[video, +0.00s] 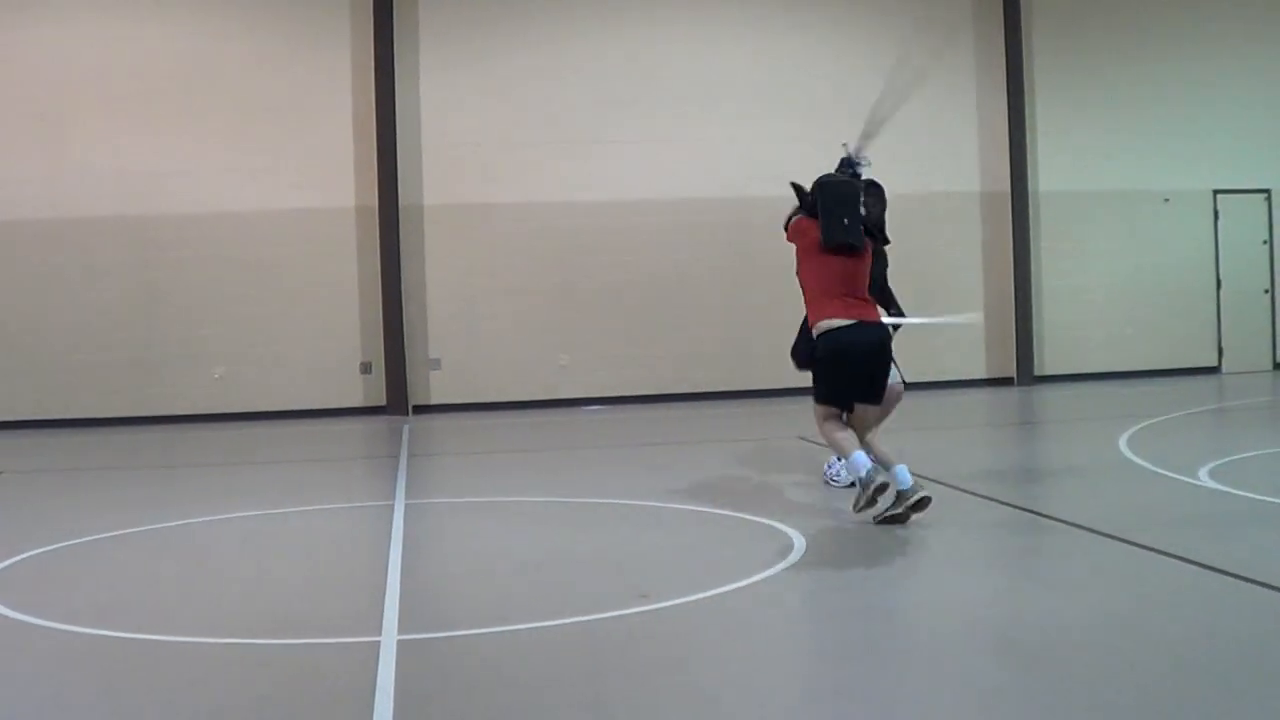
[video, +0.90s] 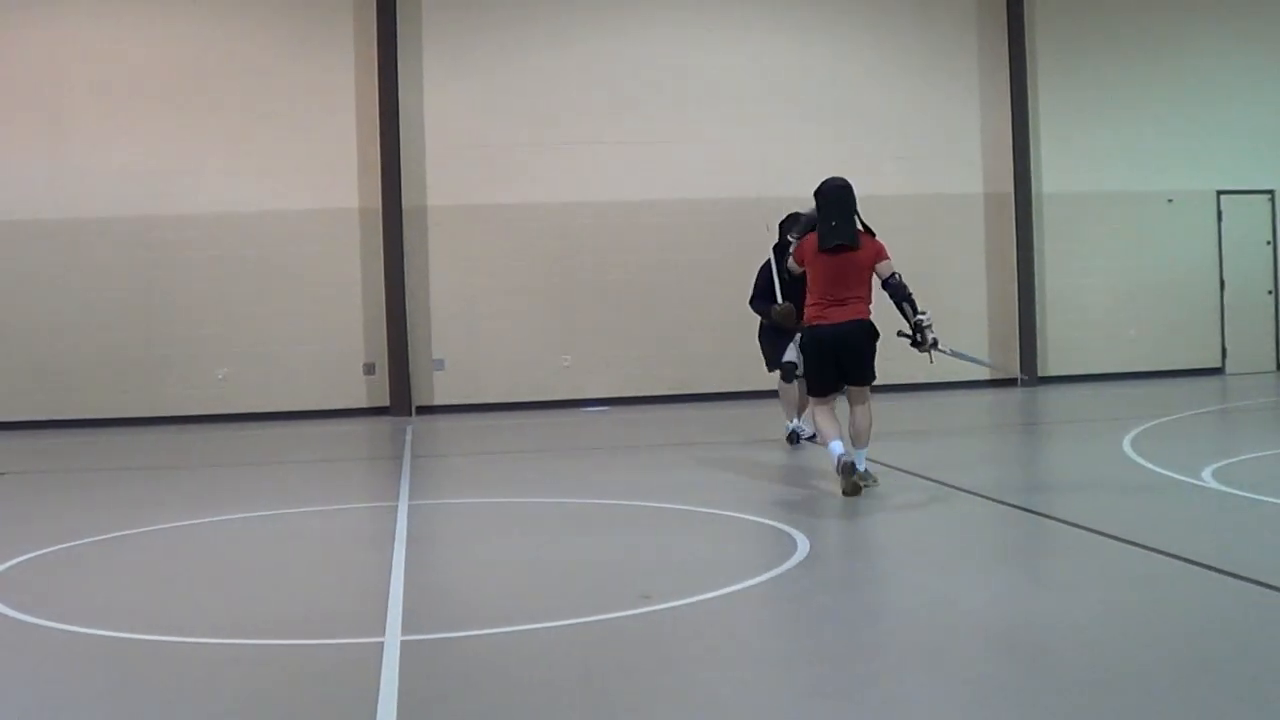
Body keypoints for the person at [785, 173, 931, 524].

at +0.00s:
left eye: (807, 203)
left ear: (815, 205)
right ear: (853, 205)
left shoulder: (804, 231)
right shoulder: (865, 239)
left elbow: (794, 220)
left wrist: (820, 203)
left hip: (832, 340)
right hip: (874, 335)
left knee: (828, 419)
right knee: (859, 427)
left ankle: (866, 474)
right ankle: (906, 485)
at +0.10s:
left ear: (804, 205)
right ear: (841, 202)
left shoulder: (794, 240)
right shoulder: (858, 226)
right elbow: (873, 216)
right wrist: (863, 202)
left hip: (832, 331)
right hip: (878, 324)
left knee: (837, 410)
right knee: (887, 411)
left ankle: (855, 478)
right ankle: (903, 478)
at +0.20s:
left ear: (798, 218)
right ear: (831, 208)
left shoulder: (797, 260)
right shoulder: (852, 232)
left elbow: (788, 245)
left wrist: (790, 221)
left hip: (831, 340)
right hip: (874, 331)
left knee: (843, 419)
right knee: (898, 410)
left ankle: (851, 483)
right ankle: (888, 475)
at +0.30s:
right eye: (832, 219)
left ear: (798, 231)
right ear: (832, 221)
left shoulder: (797, 272)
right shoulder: (854, 246)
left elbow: (808, 311)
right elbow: (888, 273)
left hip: (829, 350)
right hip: (869, 340)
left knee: (848, 411)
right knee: (891, 417)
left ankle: (854, 479)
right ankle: (880, 457)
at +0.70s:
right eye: (860, 200)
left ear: (825, 202)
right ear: (859, 202)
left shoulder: (810, 241)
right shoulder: (871, 236)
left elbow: (796, 284)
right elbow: (888, 281)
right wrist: (910, 318)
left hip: (814, 324)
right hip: (854, 321)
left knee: (827, 401)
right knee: (864, 394)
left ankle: (844, 473)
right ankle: (874, 462)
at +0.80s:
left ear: (824, 203)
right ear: (857, 203)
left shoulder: (808, 241)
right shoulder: (872, 239)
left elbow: (794, 277)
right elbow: (894, 282)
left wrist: (822, 276)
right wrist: (919, 316)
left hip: (815, 329)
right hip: (854, 328)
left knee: (828, 401)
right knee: (860, 399)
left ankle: (846, 471)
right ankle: (865, 466)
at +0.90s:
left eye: (820, 204)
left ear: (819, 207)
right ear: (852, 205)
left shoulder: (808, 244)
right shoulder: (869, 243)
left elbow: (791, 269)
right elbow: (895, 286)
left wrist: (791, 240)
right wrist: (919, 322)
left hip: (818, 335)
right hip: (858, 332)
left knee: (822, 402)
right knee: (860, 400)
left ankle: (841, 457)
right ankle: (860, 468)